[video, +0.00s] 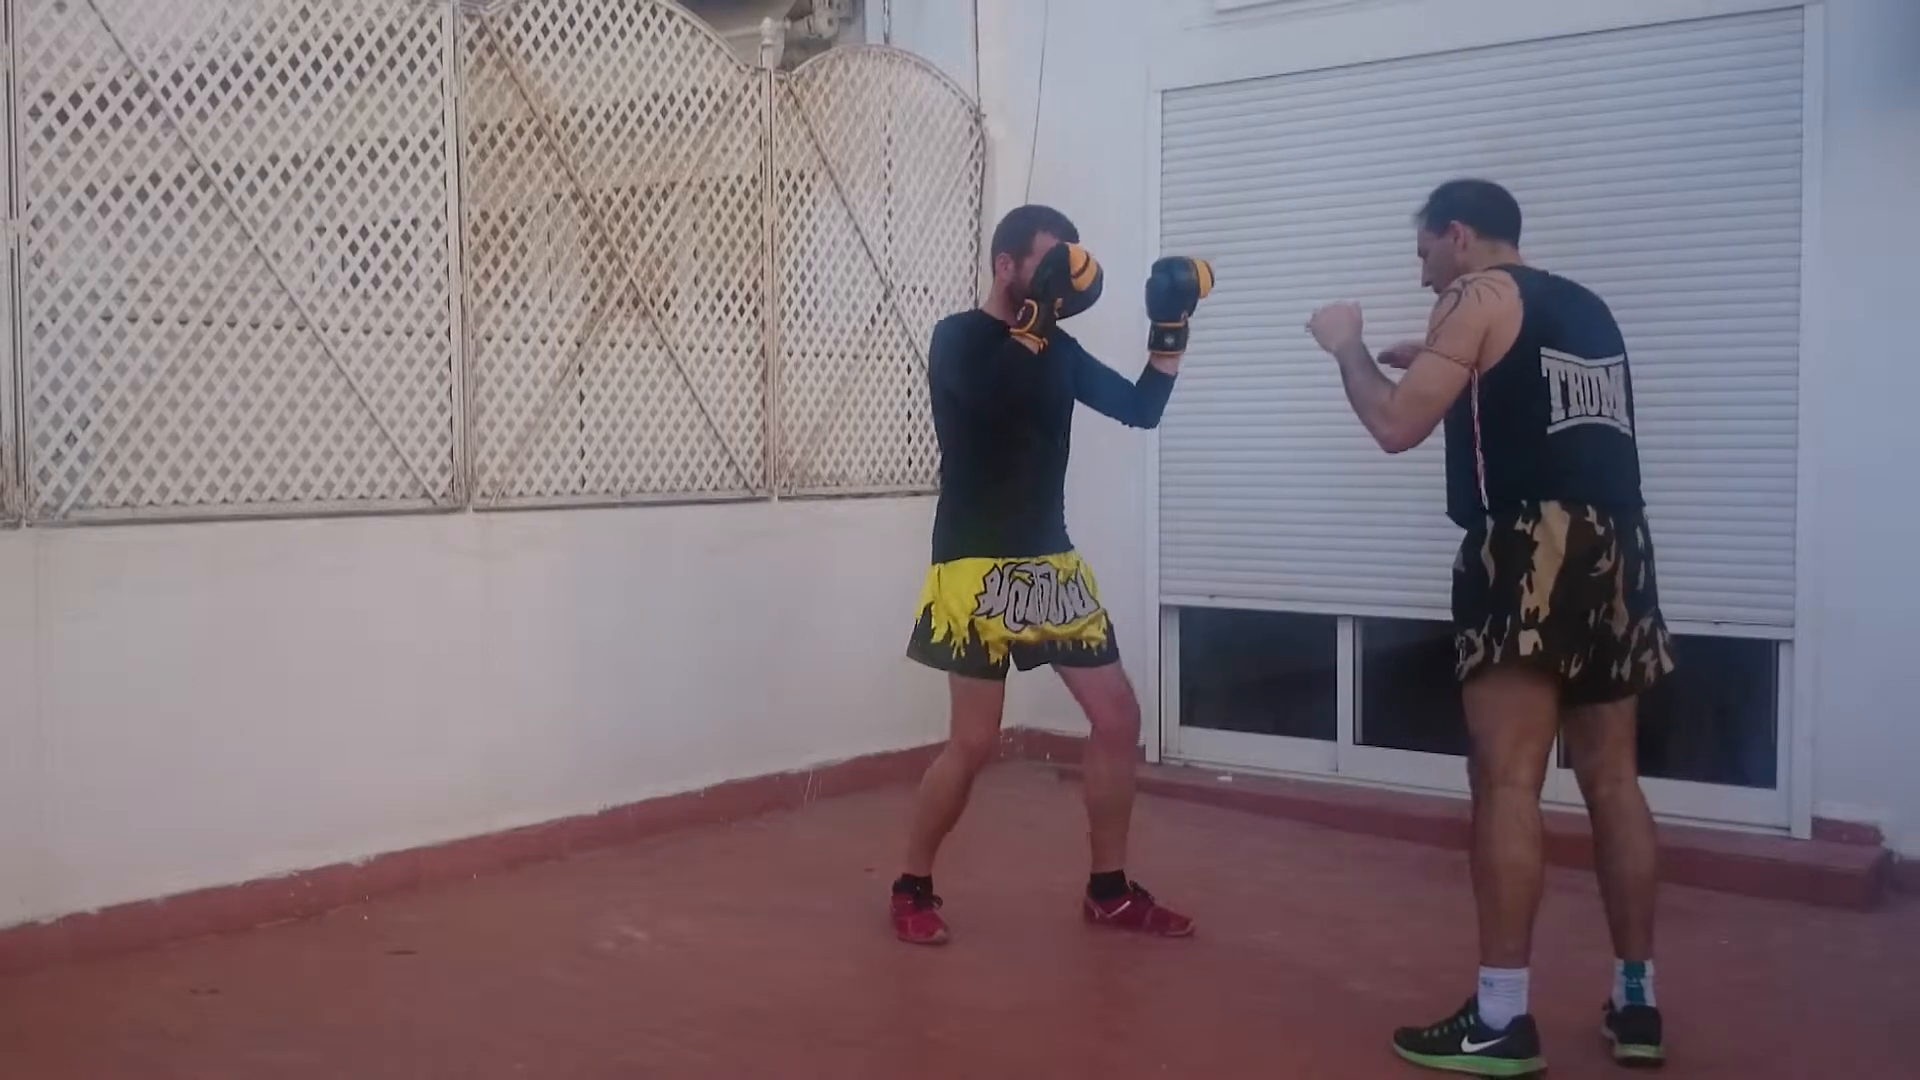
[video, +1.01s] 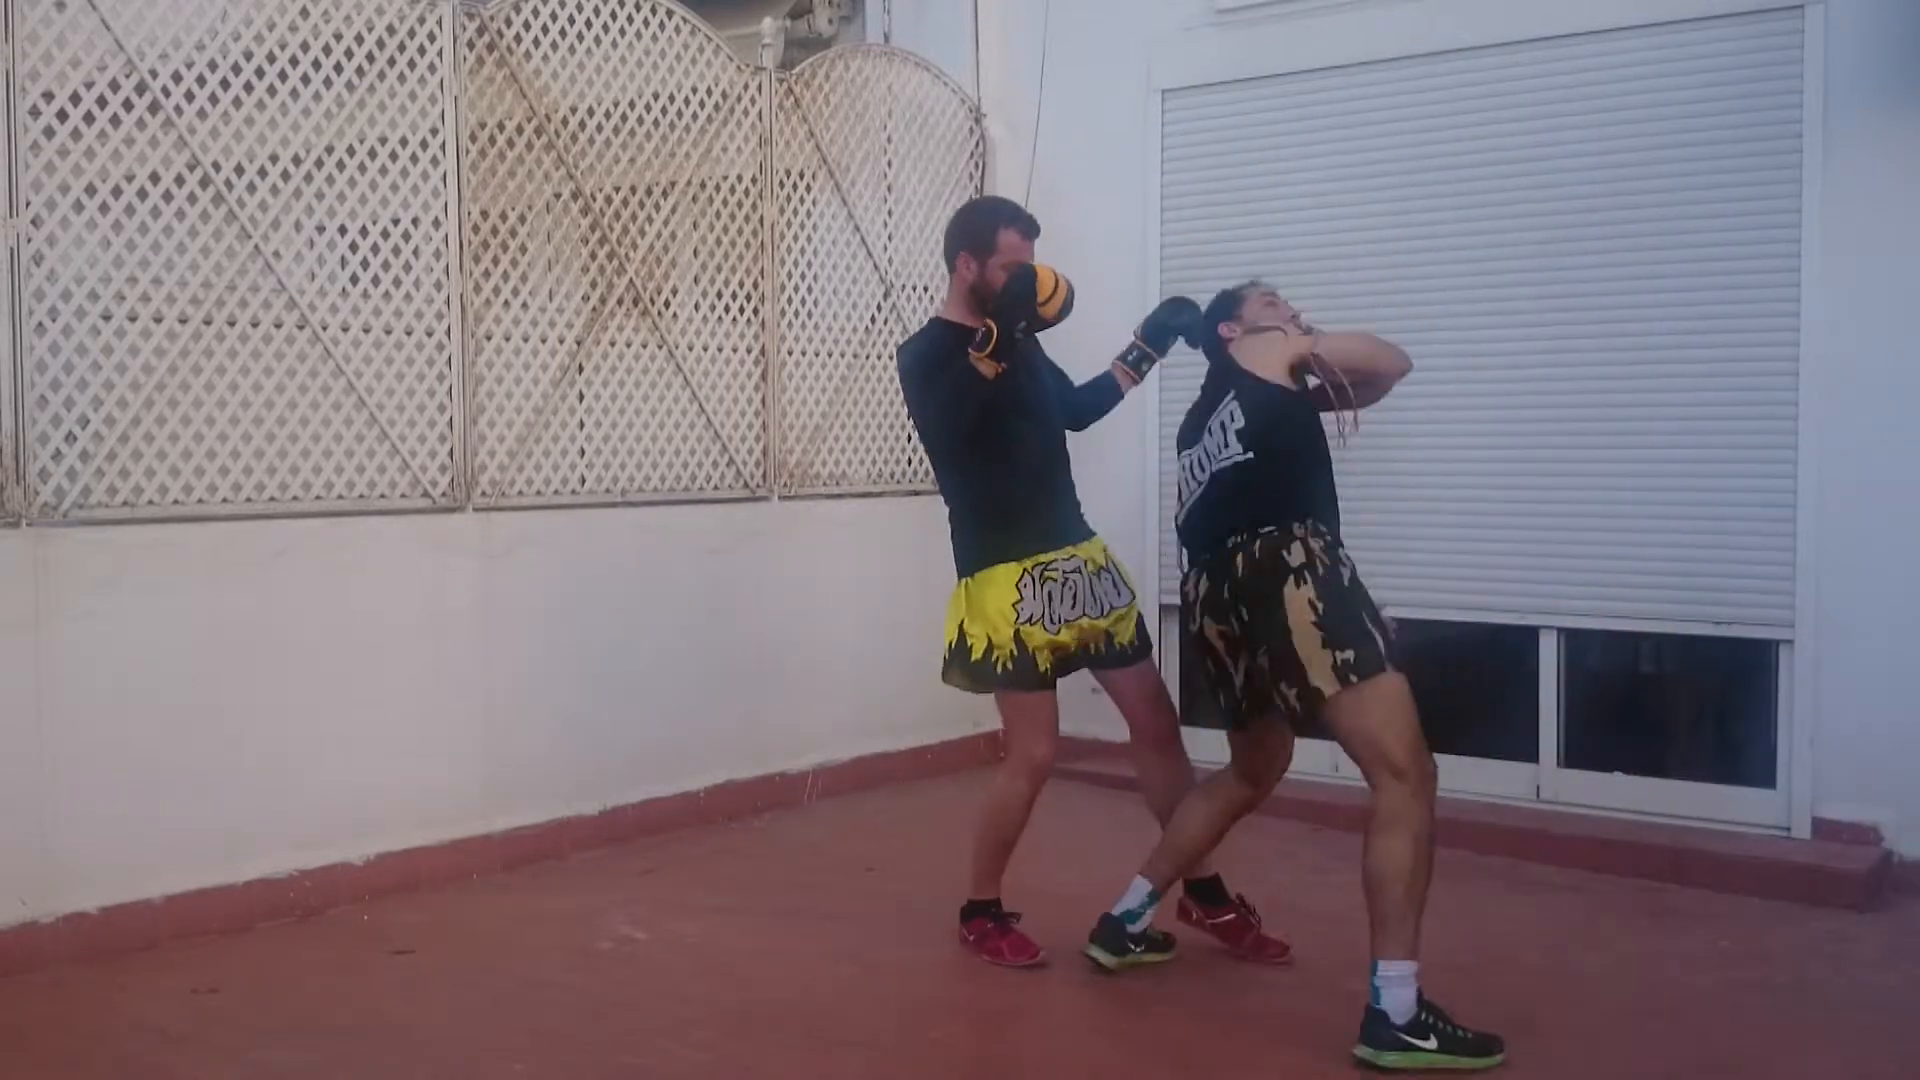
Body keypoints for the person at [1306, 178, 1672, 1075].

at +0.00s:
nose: (1428, 273)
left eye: (1427, 257)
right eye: (1424, 260)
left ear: (1455, 237)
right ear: (1504, 235)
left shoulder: (1485, 300)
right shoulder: (1588, 306)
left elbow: (1395, 423)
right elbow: (1522, 393)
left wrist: (1346, 348)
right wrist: (1419, 359)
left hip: (1522, 556)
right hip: (1617, 558)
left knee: (1507, 781)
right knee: (1613, 779)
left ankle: (1499, 1016)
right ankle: (1636, 1003)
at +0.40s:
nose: (1409, 316)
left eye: (1408, 303)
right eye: (1406, 306)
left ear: (1434, 285)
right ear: (1489, 285)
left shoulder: (1442, 333)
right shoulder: (1567, 346)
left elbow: (1341, 447)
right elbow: (1530, 444)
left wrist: (1331, 366)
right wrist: (1417, 378)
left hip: (1488, 573)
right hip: (1595, 588)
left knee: (1364, 745)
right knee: (1595, 791)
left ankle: (1371, 973)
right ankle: (1639, 1003)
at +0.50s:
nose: (1371, 374)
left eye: (1373, 363)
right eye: (1373, 364)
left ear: (1393, 351)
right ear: (1451, 346)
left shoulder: (1385, 393)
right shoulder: (1531, 382)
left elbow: (1279, 496)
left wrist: (1290, 428)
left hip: (1465, 589)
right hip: (1581, 591)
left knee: (1328, 753)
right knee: (1613, 794)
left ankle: (1236, 938)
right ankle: (1641, 1004)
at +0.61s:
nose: (1319, 431)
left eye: (1319, 422)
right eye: (1321, 422)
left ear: (1339, 412)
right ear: (1400, 401)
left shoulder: (1329, 456)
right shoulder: (1472, 417)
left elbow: (1218, 552)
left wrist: (1256, 497)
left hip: (1423, 615)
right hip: (1544, 604)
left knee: (1295, 769)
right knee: (1607, 794)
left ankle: (1173, 925)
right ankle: (1644, 1003)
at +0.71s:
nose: (1254, 464)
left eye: (1254, 452)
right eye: (1257, 453)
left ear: (1270, 448)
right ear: (1326, 430)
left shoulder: (1257, 489)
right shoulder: (1394, 433)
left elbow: (1167, 591)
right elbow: (1423, 515)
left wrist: (1161, 602)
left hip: (1354, 605)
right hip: (1470, 587)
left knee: (1255, 782)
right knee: (1563, 795)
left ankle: (1158, 930)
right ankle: (1640, 997)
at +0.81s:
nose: (1213, 468)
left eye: (1213, 461)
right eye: (1212, 460)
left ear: (1226, 455)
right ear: (1281, 432)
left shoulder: (1217, 494)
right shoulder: (1346, 435)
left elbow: (1146, 608)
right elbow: (1411, 525)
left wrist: (1145, 645)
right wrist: (1400, 597)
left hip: (1280, 593)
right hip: (1393, 580)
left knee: (1215, 750)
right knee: (1511, 787)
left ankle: (1149, 928)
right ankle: (1573, 1001)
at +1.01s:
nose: (1294, 310)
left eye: (1289, 301)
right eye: (1276, 300)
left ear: (1223, 345)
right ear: (1232, 326)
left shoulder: (1198, 427)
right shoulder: (1263, 350)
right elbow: (1390, 361)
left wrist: (1316, 385)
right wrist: (1318, 361)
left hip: (1220, 593)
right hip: (1294, 572)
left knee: (1252, 769)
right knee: (1405, 774)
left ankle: (1123, 922)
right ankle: (1396, 1013)